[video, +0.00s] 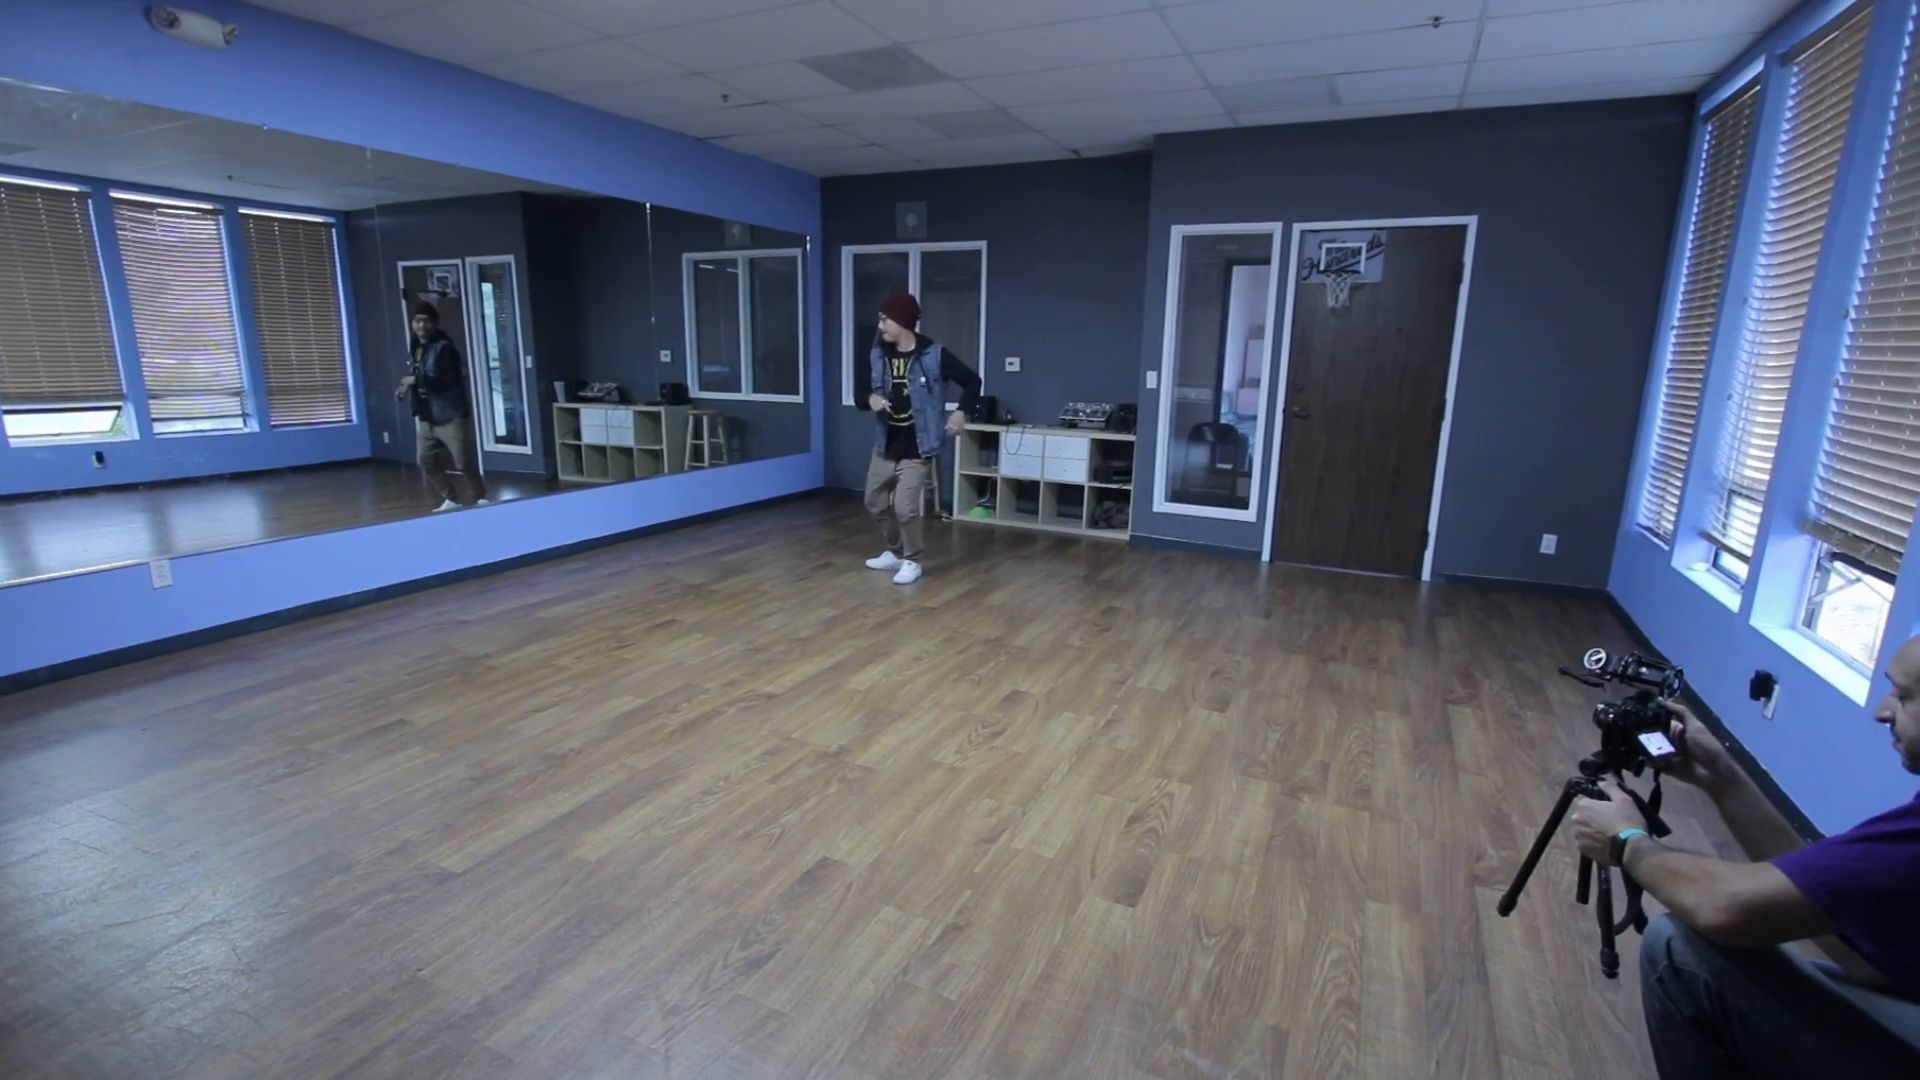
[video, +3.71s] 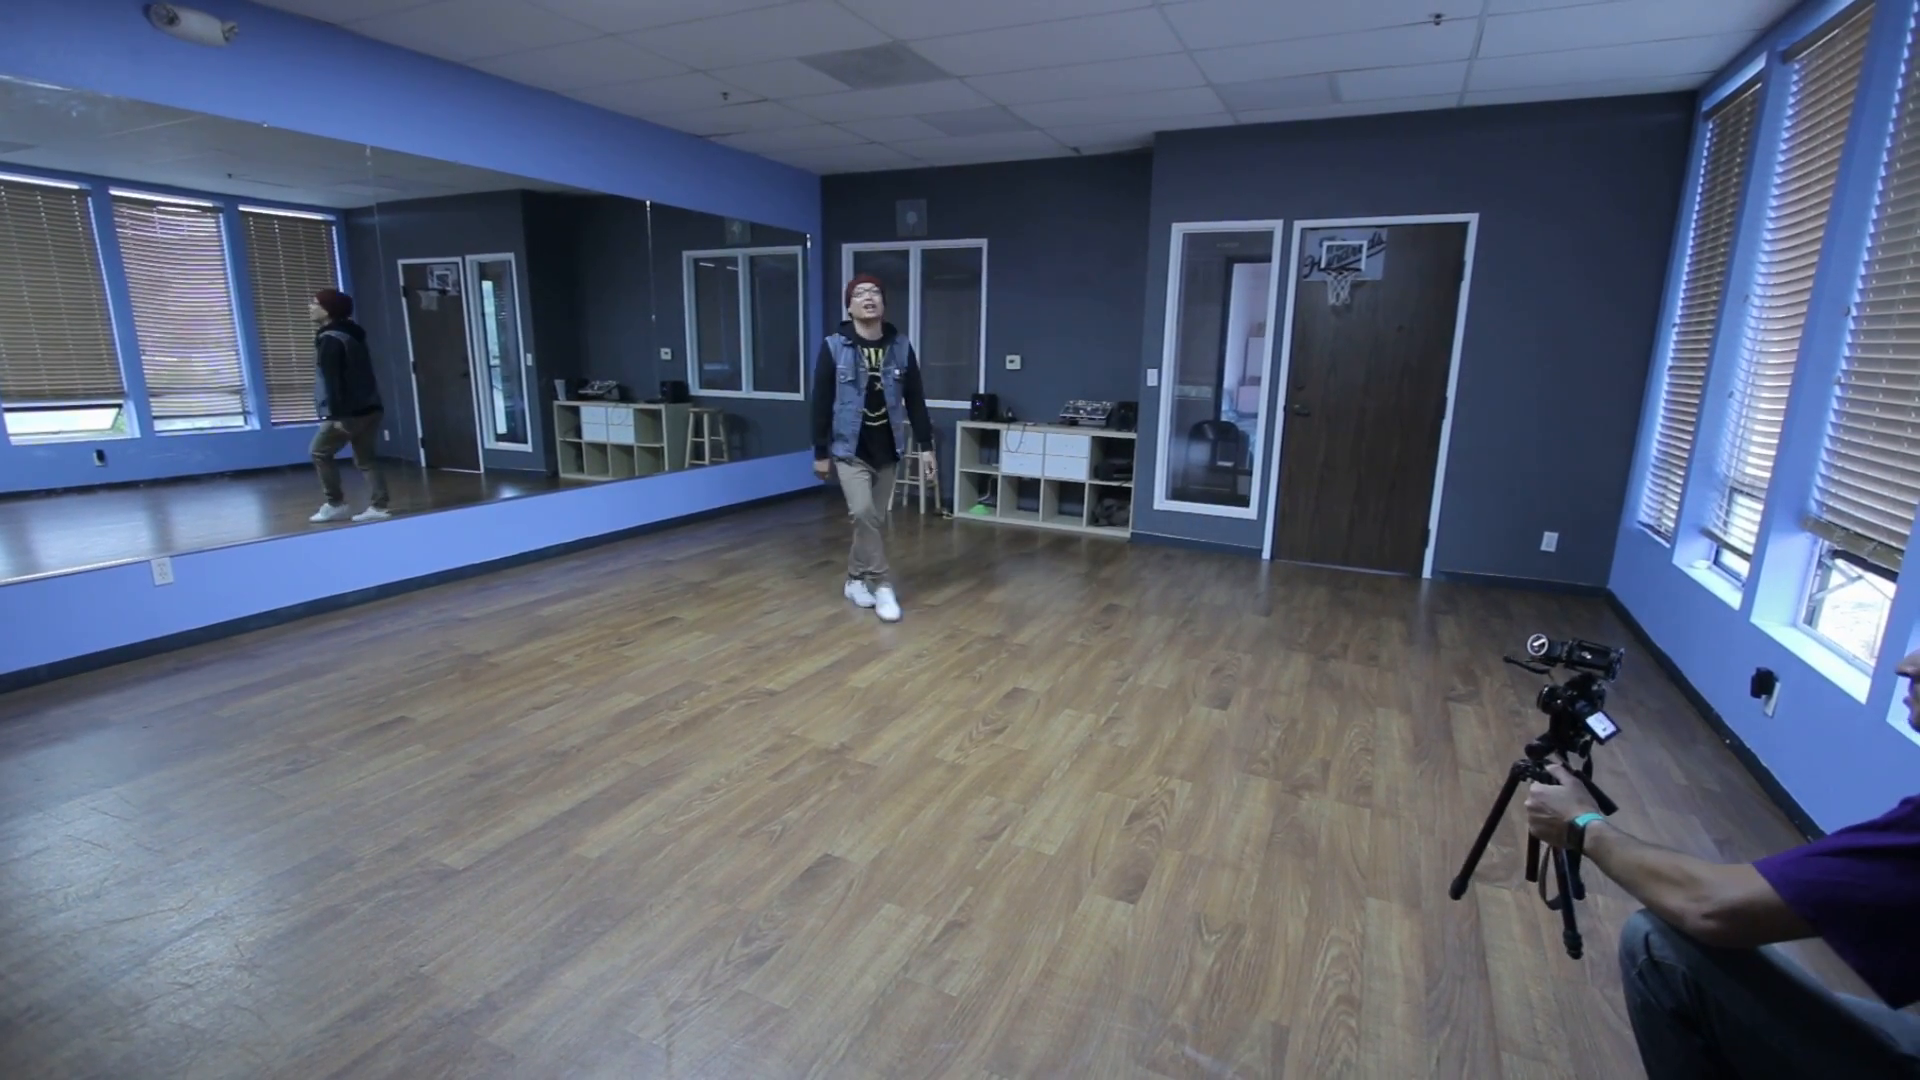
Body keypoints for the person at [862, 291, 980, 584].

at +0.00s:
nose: (880, 324)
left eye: (886, 319)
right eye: (880, 319)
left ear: (904, 323)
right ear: (895, 323)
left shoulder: (934, 354)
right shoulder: (878, 354)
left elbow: (973, 382)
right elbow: (861, 394)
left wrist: (962, 412)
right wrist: (871, 399)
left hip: (918, 447)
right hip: (886, 445)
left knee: (904, 507)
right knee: (875, 501)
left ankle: (912, 561)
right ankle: (895, 552)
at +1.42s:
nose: (914, 305)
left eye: (920, 300)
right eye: (907, 301)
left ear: (928, 306)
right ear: (899, 308)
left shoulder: (945, 344)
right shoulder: (884, 344)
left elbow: (954, 390)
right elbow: (883, 394)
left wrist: (951, 431)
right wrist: (905, 429)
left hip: (939, 437)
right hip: (900, 437)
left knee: (952, 497)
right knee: (900, 501)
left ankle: (946, 556)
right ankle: (898, 560)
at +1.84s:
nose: (960, 316)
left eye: (965, 311)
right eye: (953, 311)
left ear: (972, 318)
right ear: (941, 317)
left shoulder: (984, 358)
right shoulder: (922, 352)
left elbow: (997, 403)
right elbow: (909, 402)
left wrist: (1001, 444)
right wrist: (911, 445)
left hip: (963, 453)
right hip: (924, 449)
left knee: (963, 515)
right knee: (903, 509)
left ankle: (951, 569)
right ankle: (887, 561)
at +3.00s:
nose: (929, 332)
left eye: (934, 325)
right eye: (920, 326)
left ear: (941, 330)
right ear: (904, 331)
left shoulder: (948, 366)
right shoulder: (882, 370)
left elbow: (958, 418)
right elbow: (873, 429)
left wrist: (967, 464)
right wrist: (887, 478)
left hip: (932, 459)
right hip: (894, 462)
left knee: (934, 516)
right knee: (897, 526)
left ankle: (940, 567)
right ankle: (907, 592)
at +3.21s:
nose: (916, 329)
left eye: (922, 322)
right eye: (907, 322)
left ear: (929, 327)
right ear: (892, 328)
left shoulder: (938, 363)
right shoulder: (871, 366)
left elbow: (941, 419)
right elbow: (863, 424)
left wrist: (922, 462)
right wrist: (870, 478)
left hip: (919, 459)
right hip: (884, 459)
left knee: (911, 522)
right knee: (889, 523)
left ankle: (902, 573)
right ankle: (905, 591)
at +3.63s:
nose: (877, 297)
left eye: (882, 292)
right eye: (869, 293)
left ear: (891, 302)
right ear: (856, 304)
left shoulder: (907, 345)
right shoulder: (839, 345)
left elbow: (919, 398)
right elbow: (826, 401)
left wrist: (923, 443)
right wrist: (829, 451)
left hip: (897, 447)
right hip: (856, 448)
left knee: (880, 517)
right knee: (875, 516)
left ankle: (857, 578)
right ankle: (897, 587)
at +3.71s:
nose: (868, 298)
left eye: (874, 293)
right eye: (860, 294)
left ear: (883, 303)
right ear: (849, 306)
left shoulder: (900, 346)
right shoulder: (834, 346)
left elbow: (916, 399)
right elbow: (820, 402)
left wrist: (926, 446)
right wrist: (821, 452)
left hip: (889, 446)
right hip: (848, 447)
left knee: (877, 516)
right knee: (863, 513)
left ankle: (856, 579)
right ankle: (882, 586)